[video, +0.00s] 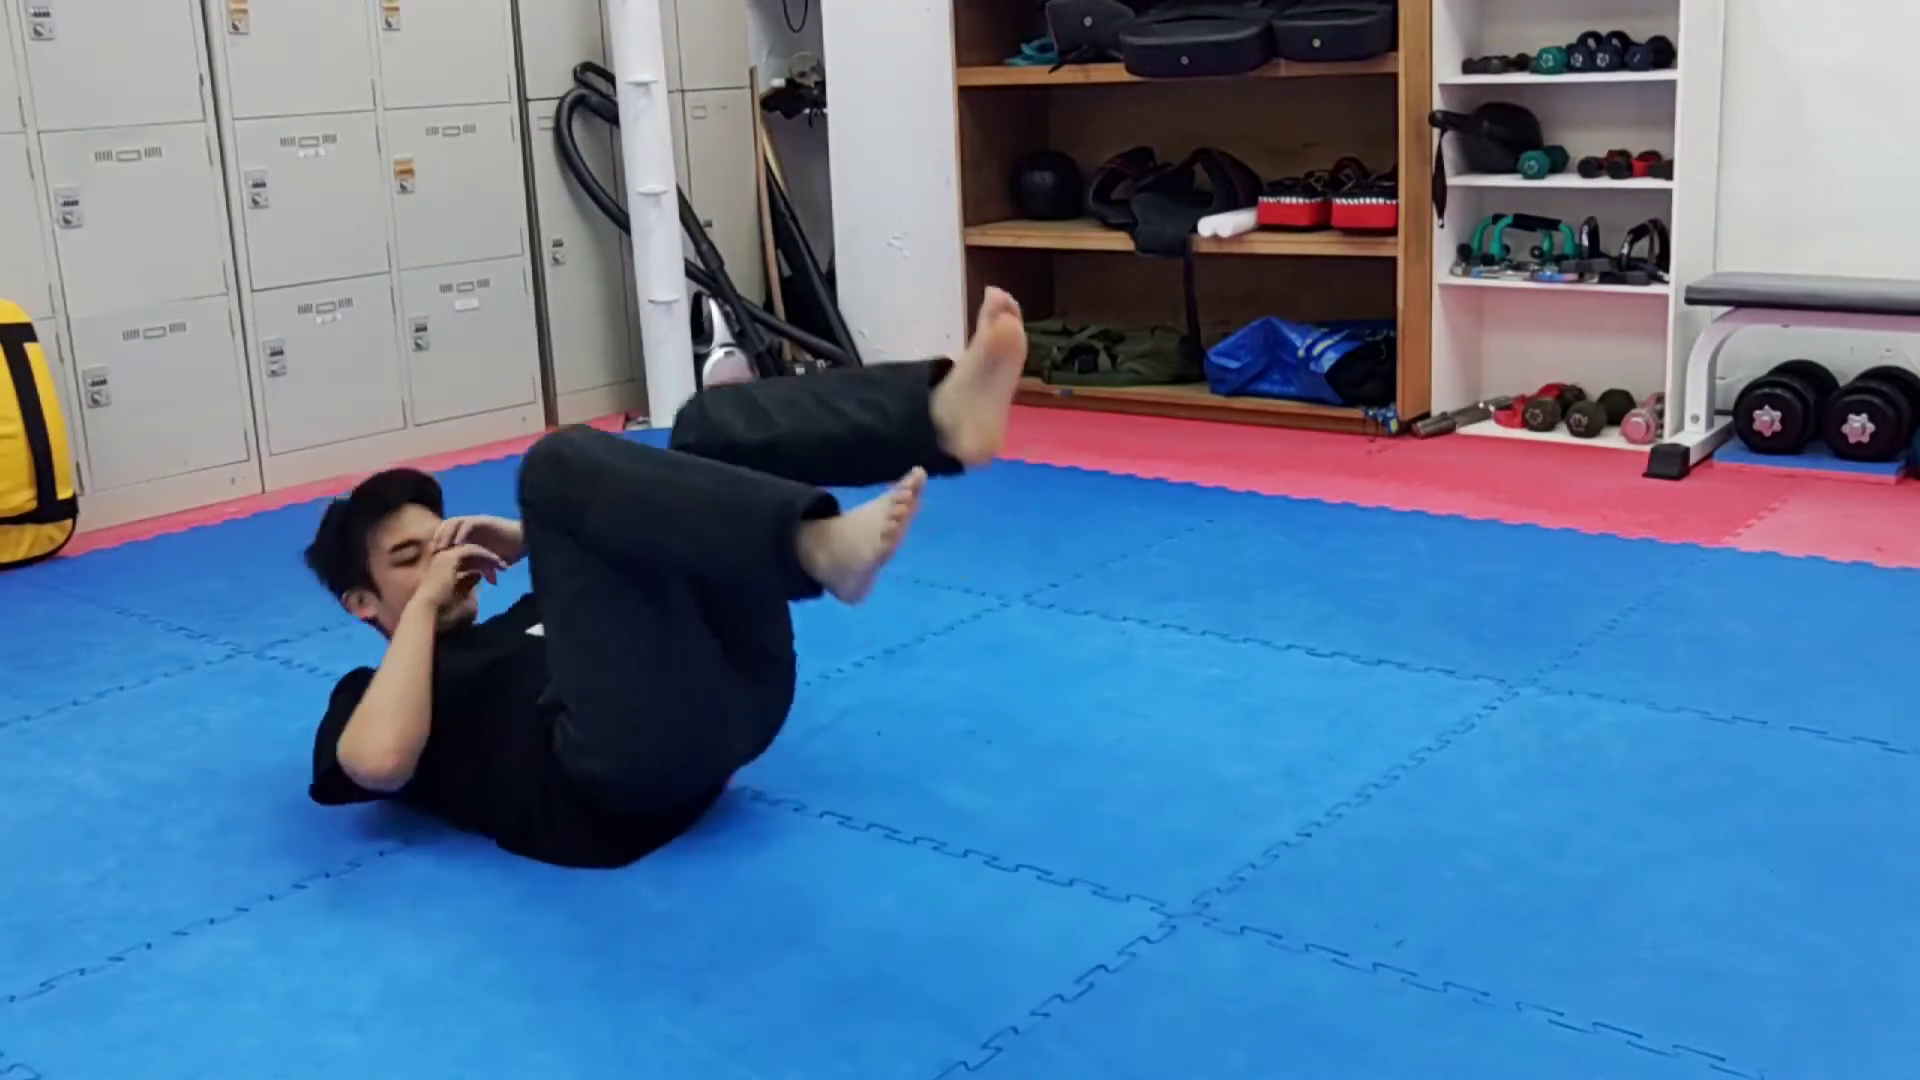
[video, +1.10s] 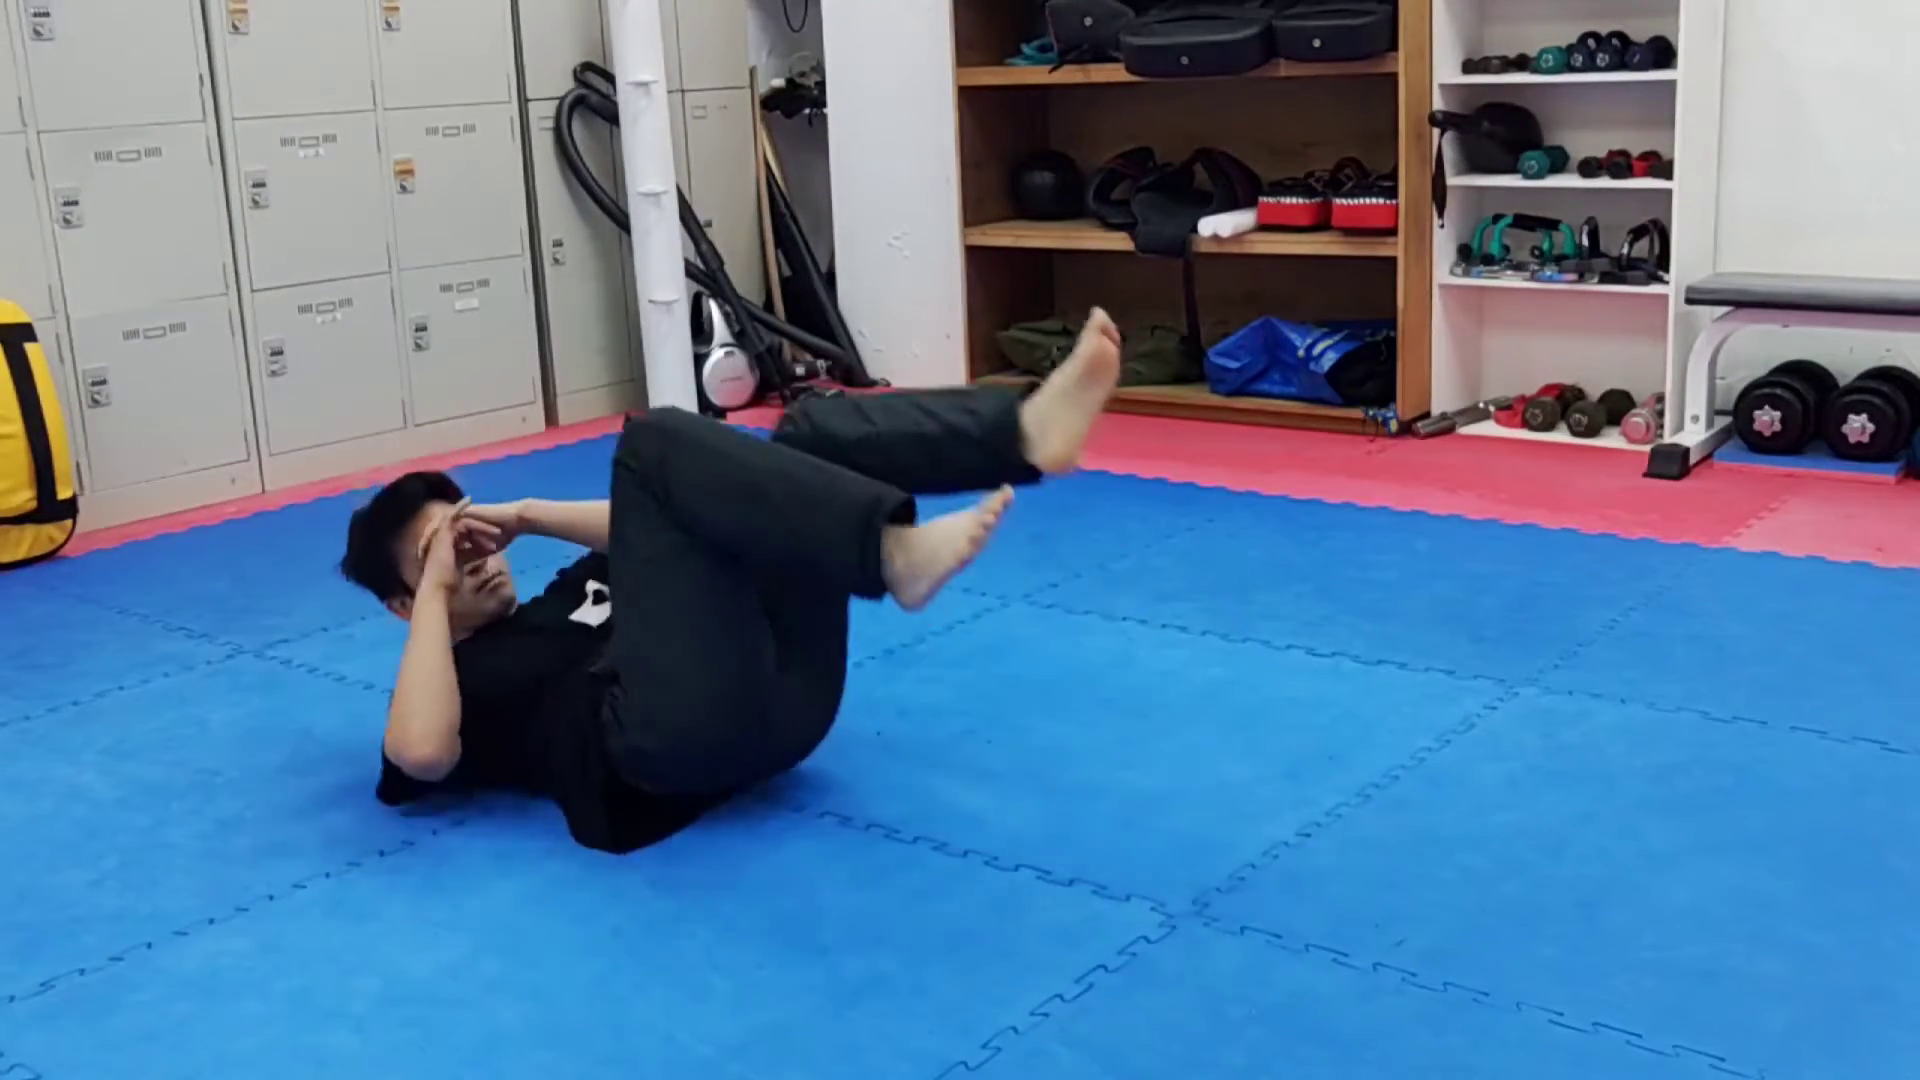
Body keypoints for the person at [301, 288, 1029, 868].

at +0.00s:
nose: (441, 563)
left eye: (443, 544)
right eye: (407, 557)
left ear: (468, 553)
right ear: (364, 603)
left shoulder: (536, 613)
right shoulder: (367, 697)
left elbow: (641, 577)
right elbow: (381, 762)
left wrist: (534, 544)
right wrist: (423, 616)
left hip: (726, 701)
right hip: (620, 772)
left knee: (708, 424)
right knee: (554, 466)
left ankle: (943, 415)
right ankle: (812, 549)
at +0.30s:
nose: (460, 552)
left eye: (465, 535)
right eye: (429, 540)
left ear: (489, 558)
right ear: (383, 590)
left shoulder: (537, 634)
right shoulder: (375, 677)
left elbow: (639, 637)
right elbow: (403, 699)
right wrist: (457, 581)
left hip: (739, 710)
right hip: (635, 768)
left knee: (723, 435)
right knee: (566, 476)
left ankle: (941, 521)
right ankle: (796, 613)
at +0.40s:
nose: (487, 527)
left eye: (494, 507)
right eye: (455, 515)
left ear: (516, 526)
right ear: (405, 556)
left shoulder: (578, 599)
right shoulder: (391, 653)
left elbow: (689, 604)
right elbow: (417, 712)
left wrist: (593, 544)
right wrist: (472, 576)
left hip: (755, 725)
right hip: (640, 778)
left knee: (786, 462)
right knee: (630, 479)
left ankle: (974, 595)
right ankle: (833, 660)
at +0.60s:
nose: (507, 496)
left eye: (514, 468)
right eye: (475, 487)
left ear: (536, 460)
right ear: (435, 512)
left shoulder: (612, 532)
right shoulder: (435, 629)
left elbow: (722, 551)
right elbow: (429, 757)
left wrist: (589, 531)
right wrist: (478, 601)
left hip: (785, 743)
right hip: (660, 780)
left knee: (900, 499)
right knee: (740, 491)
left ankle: (1041, 678)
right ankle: (905, 708)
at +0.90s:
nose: (480, 532)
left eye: (478, 506)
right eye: (448, 534)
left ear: (500, 494)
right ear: (420, 568)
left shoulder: (587, 562)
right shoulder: (452, 675)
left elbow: (695, 528)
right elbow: (471, 806)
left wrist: (538, 542)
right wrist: (455, 642)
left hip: (802, 730)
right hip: (693, 769)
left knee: (928, 514)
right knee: (764, 486)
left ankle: (1110, 598)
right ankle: (940, 680)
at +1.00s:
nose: (478, 539)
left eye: (476, 517)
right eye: (446, 540)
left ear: (494, 520)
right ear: (414, 583)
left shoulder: (586, 584)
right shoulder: (451, 685)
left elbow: (675, 533)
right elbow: (446, 784)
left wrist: (530, 528)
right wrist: (438, 626)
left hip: (792, 720)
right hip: (687, 761)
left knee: (875, 481)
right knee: (701, 465)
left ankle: (1078, 496)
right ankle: (912, 610)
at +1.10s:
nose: (478, 553)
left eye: (475, 535)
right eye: (451, 552)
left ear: (492, 546)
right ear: (412, 598)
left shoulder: (574, 593)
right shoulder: (443, 699)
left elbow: (659, 527)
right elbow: (422, 758)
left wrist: (532, 517)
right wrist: (428, 602)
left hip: (783, 694)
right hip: (680, 741)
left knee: (803, 434)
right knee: (649, 445)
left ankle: (1025, 430)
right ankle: (888, 556)